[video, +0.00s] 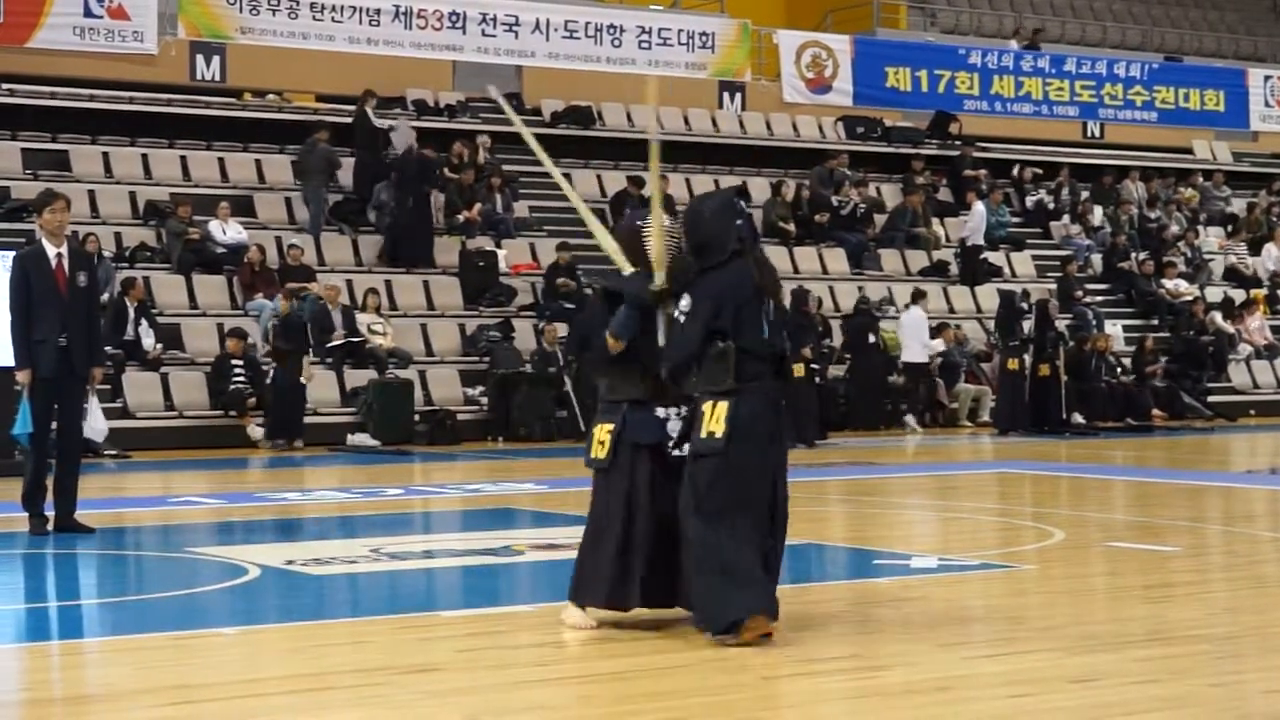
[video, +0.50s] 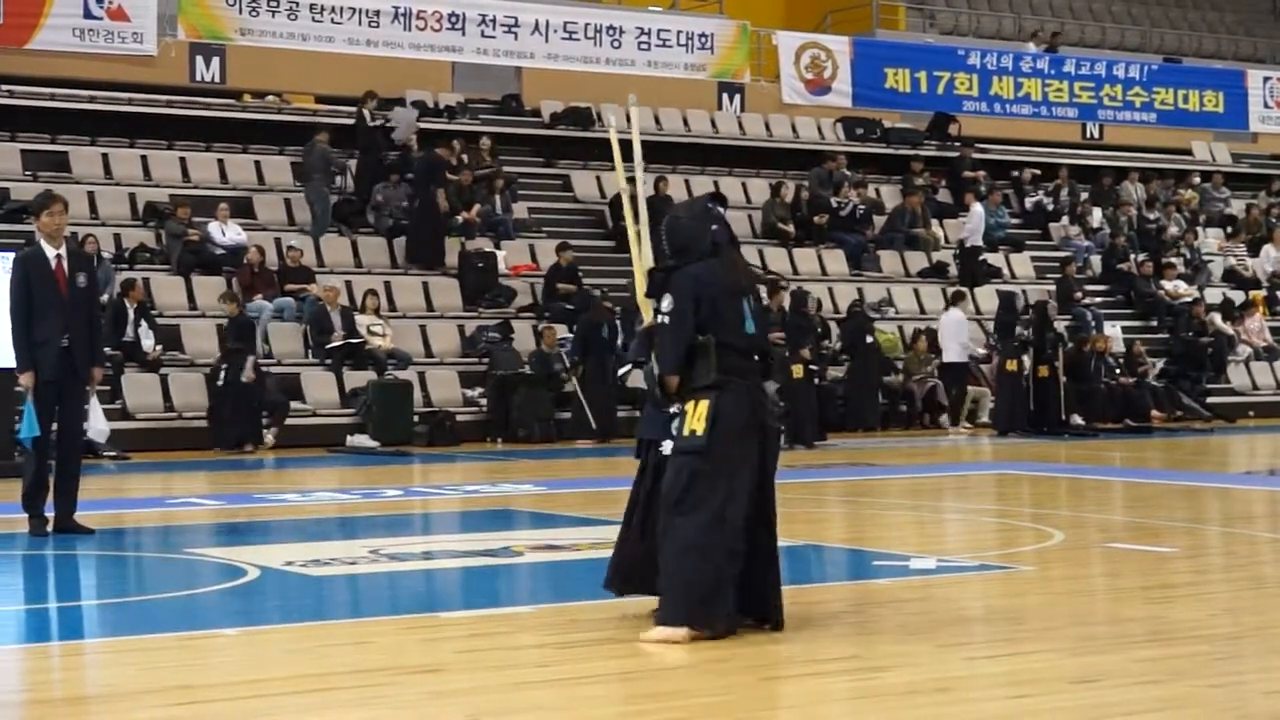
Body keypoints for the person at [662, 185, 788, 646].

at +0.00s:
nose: (688, 240)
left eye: (692, 231)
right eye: (688, 231)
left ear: (707, 234)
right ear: (742, 229)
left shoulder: (713, 284)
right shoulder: (761, 277)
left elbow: (680, 352)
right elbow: (772, 343)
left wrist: (667, 370)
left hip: (730, 408)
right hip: (767, 404)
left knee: (707, 508)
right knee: (754, 505)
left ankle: (748, 609)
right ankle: (755, 604)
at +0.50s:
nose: (669, 244)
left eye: (673, 236)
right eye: (670, 236)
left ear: (685, 239)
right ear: (718, 234)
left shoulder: (687, 281)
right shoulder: (741, 278)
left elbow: (672, 362)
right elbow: (757, 346)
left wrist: (671, 387)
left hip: (711, 406)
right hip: (751, 403)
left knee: (688, 504)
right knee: (742, 505)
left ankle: (684, 614)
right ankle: (749, 605)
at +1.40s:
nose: (722, 244)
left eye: (725, 236)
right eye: (723, 235)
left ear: (739, 238)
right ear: (770, 234)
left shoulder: (745, 283)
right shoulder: (800, 279)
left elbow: (726, 358)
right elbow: (819, 347)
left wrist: (725, 379)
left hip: (765, 413)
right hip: (811, 411)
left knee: (724, 504)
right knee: (805, 508)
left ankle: (718, 613)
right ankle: (812, 608)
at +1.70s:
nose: (718, 233)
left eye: (722, 227)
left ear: (730, 230)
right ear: (778, 229)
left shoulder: (719, 278)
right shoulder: (804, 280)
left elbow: (697, 349)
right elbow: (820, 351)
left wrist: (712, 373)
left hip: (745, 406)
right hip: (801, 405)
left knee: (732, 510)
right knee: (811, 503)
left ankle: (716, 619)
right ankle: (824, 610)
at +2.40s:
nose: (772, 220)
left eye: (776, 212)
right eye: (775, 212)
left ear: (785, 217)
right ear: (825, 212)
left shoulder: (773, 267)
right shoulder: (850, 265)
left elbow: (751, 338)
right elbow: (860, 338)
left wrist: (752, 360)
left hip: (791, 393)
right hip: (842, 390)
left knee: (774, 496)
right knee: (846, 493)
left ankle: (765, 607)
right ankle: (853, 604)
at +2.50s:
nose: (781, 229)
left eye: (783, 222)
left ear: (789, 226)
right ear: (833, 224)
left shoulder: (776, 279)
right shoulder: (855, 281)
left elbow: (750, 347)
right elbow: (865, 345)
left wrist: (756, 369)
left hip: (797, 405)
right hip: (852, 404)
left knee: (783, 505)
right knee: (866, 504)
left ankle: (773, 615)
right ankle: (897, 608)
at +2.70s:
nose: (810, 237)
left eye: (815, 229)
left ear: (823, 232)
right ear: (866, 227)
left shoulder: (822, 281)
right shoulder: (888, 279)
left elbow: (793, 354)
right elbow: (888, 342)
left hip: (839, 405)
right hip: (891, 404)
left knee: (804, 506)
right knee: (905, 509)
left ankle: (777, 613)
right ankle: (940, 612)